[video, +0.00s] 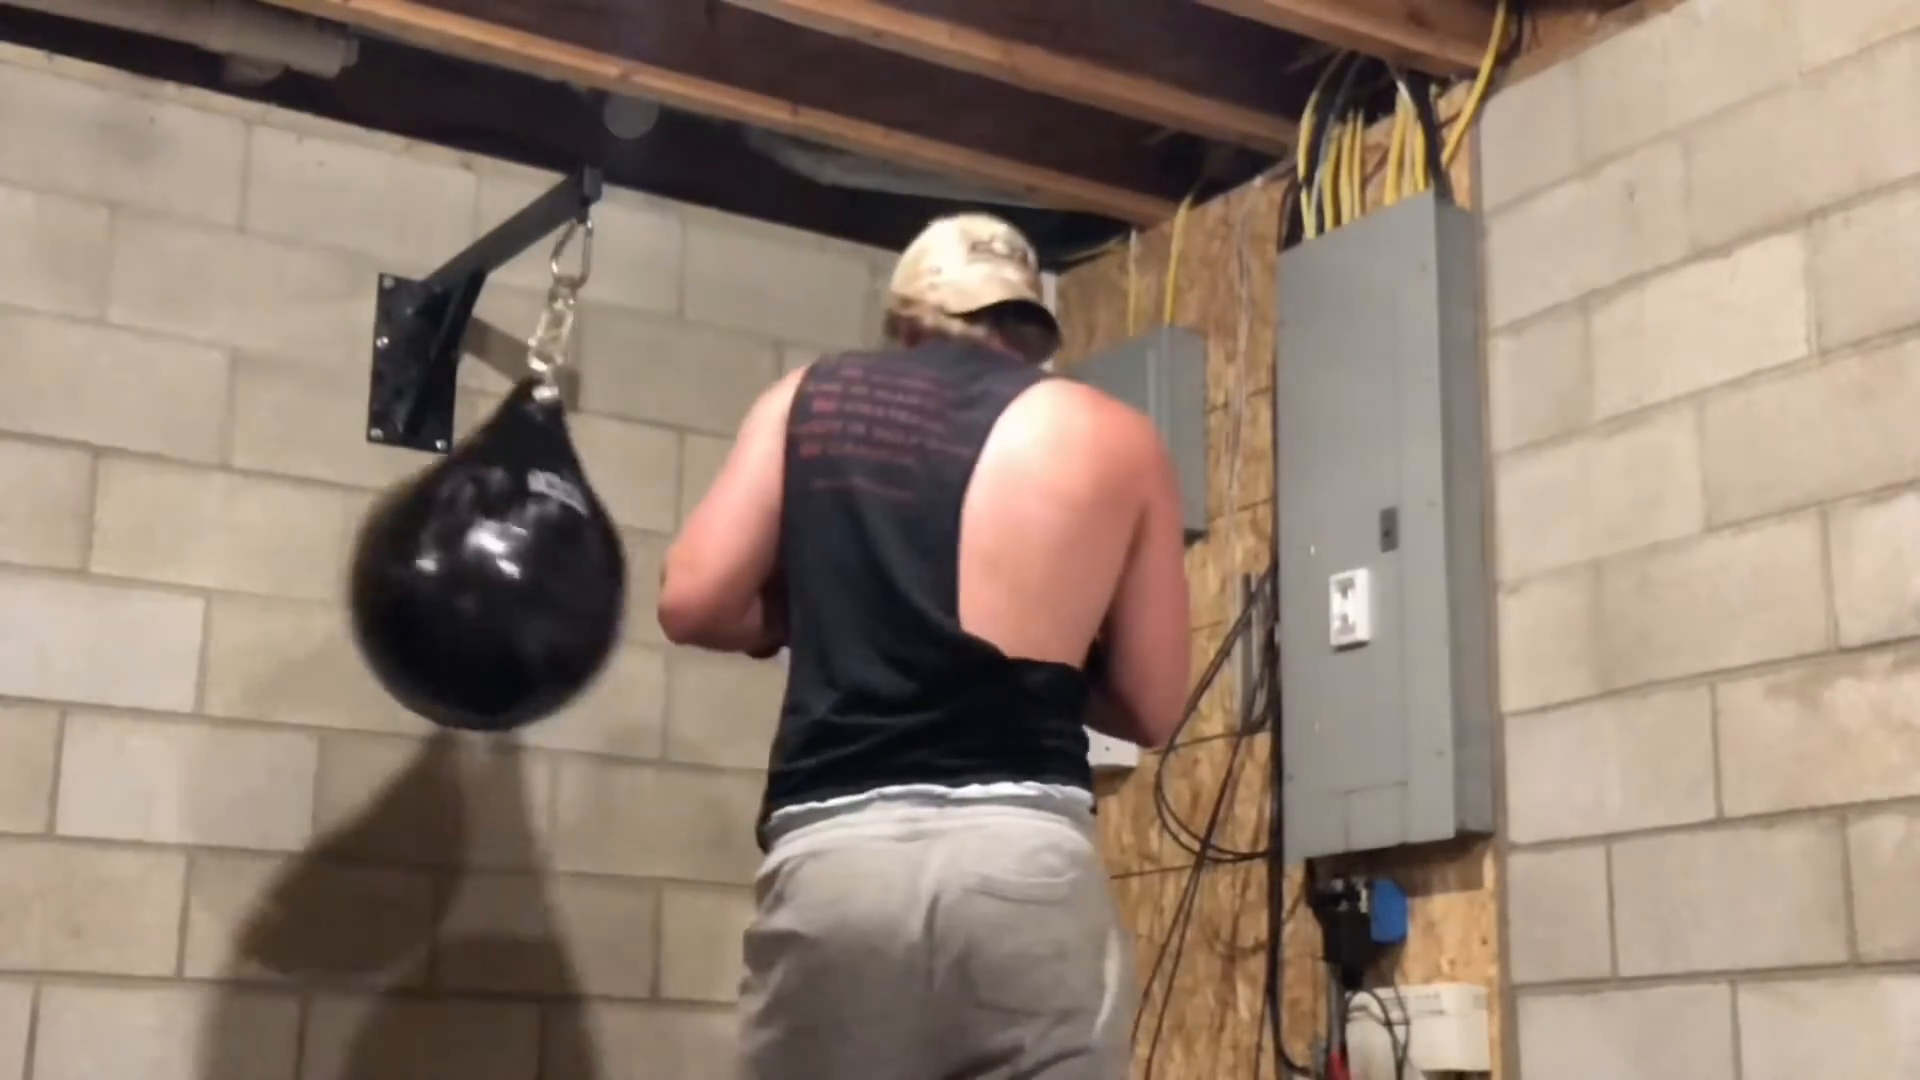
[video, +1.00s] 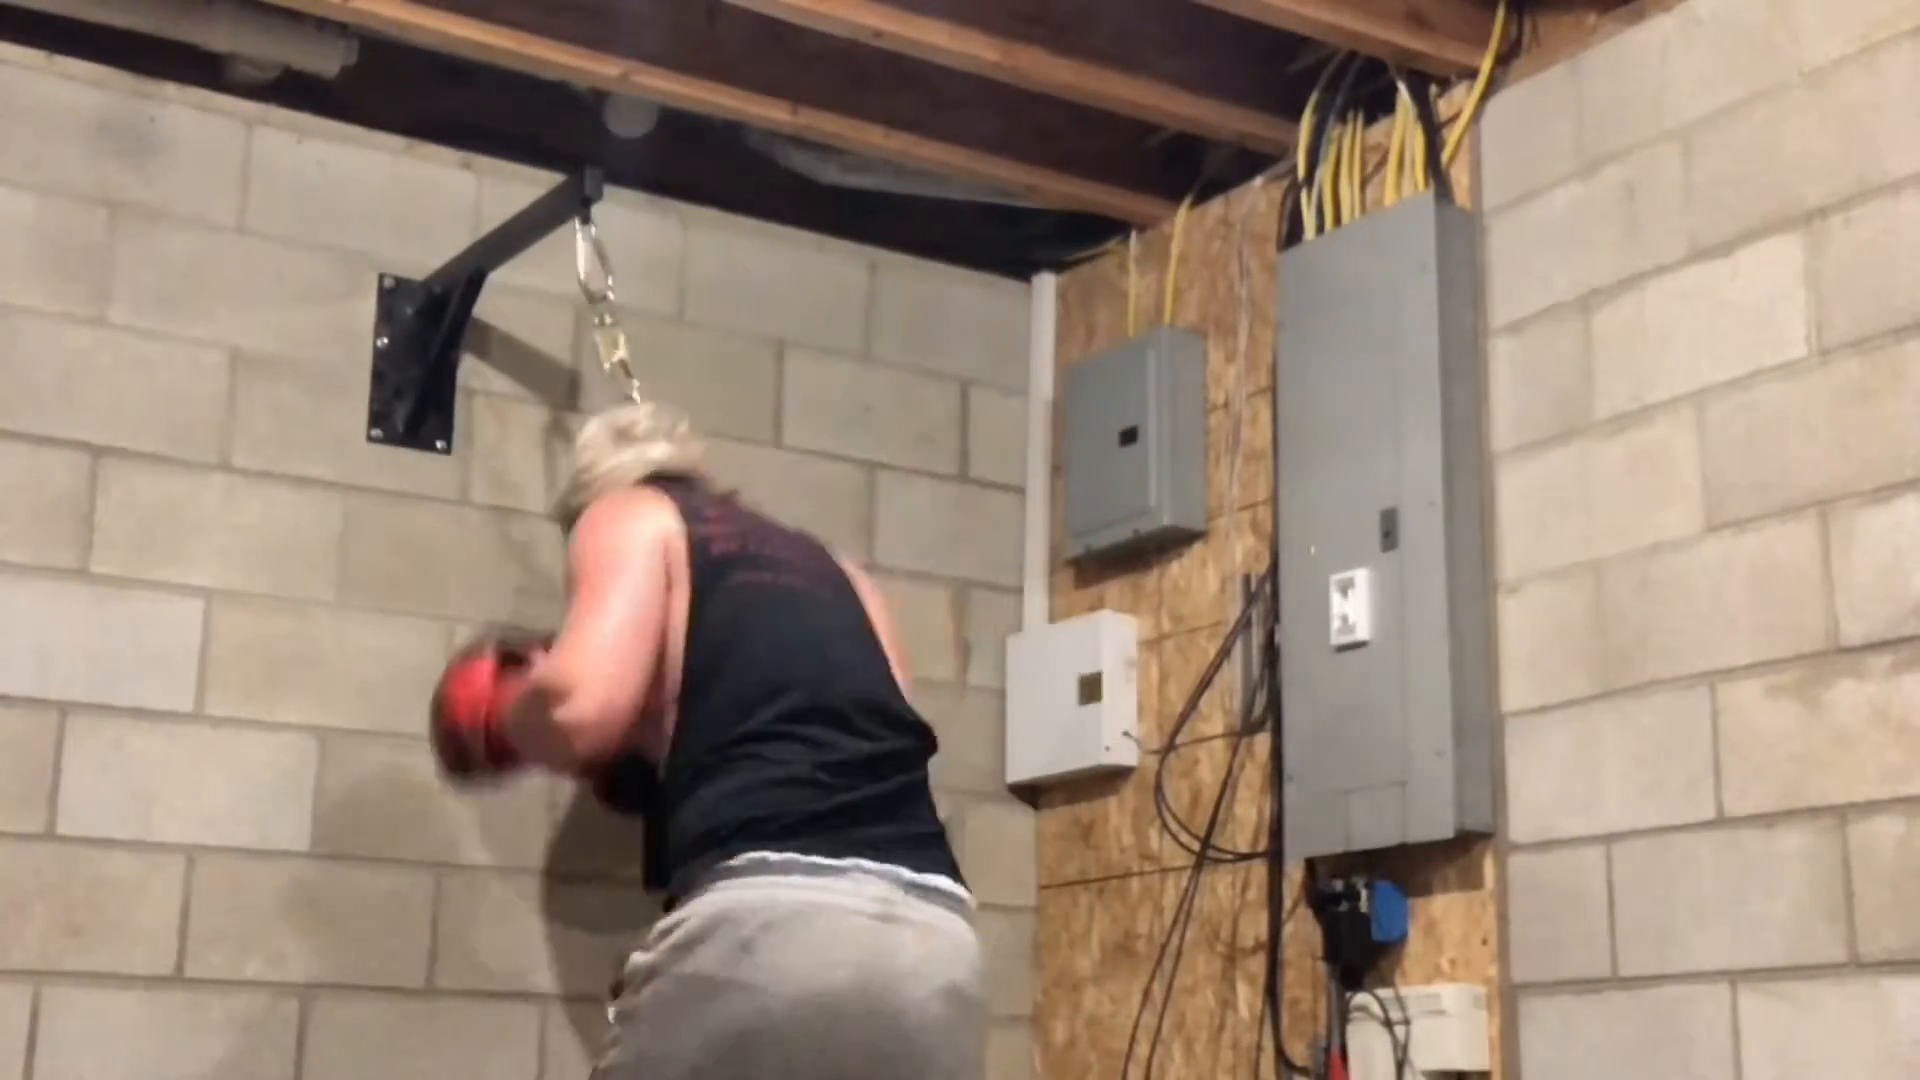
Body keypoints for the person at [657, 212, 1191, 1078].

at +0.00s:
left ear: (904, 321)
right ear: (1038, 330)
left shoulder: (803, 398)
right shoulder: (1121, 438)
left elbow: (693, 604)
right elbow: (1152, 711)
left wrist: (812, 600)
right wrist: (1027, 636)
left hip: (834, 860)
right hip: (1034, 862)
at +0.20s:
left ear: (905, 319)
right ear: (1037, 328)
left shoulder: (798, 397)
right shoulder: (1121, 437)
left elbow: (694, 607)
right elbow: (1152, 709)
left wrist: (817, 604)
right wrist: (1021, 637)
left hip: (827, 865)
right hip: (1027, 866)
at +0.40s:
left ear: (881, 331)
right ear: (1018, 336)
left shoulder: (792, 404)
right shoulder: (1114, 442)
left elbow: (681, 615)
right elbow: (1144, 712)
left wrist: (817, 600)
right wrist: (1019, 637)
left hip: (811, 863)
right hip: (1012, 866)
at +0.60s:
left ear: (810, 356)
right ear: (947, 357)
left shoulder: (752, 426)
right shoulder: (1062, 466)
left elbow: (648, 639)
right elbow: (1075, 726)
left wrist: (764, 576)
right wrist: (962, 619)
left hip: (783, 884)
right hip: (985, 891)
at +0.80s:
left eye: (677, 411)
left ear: (695, 402)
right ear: (811, 397)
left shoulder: (684, 449)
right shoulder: (945, 499)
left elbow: (576, 664)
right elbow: (943, 711)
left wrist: (579, 569)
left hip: (757, 924)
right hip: (946, 926)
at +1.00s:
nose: (586, 522)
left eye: (589, 509)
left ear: (601, 488)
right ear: (696, 469)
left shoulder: (633, 513)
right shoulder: (840, 567)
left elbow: (587, 713)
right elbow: (889, 710)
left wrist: (500, 708)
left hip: (763, 930)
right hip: (936, 946)